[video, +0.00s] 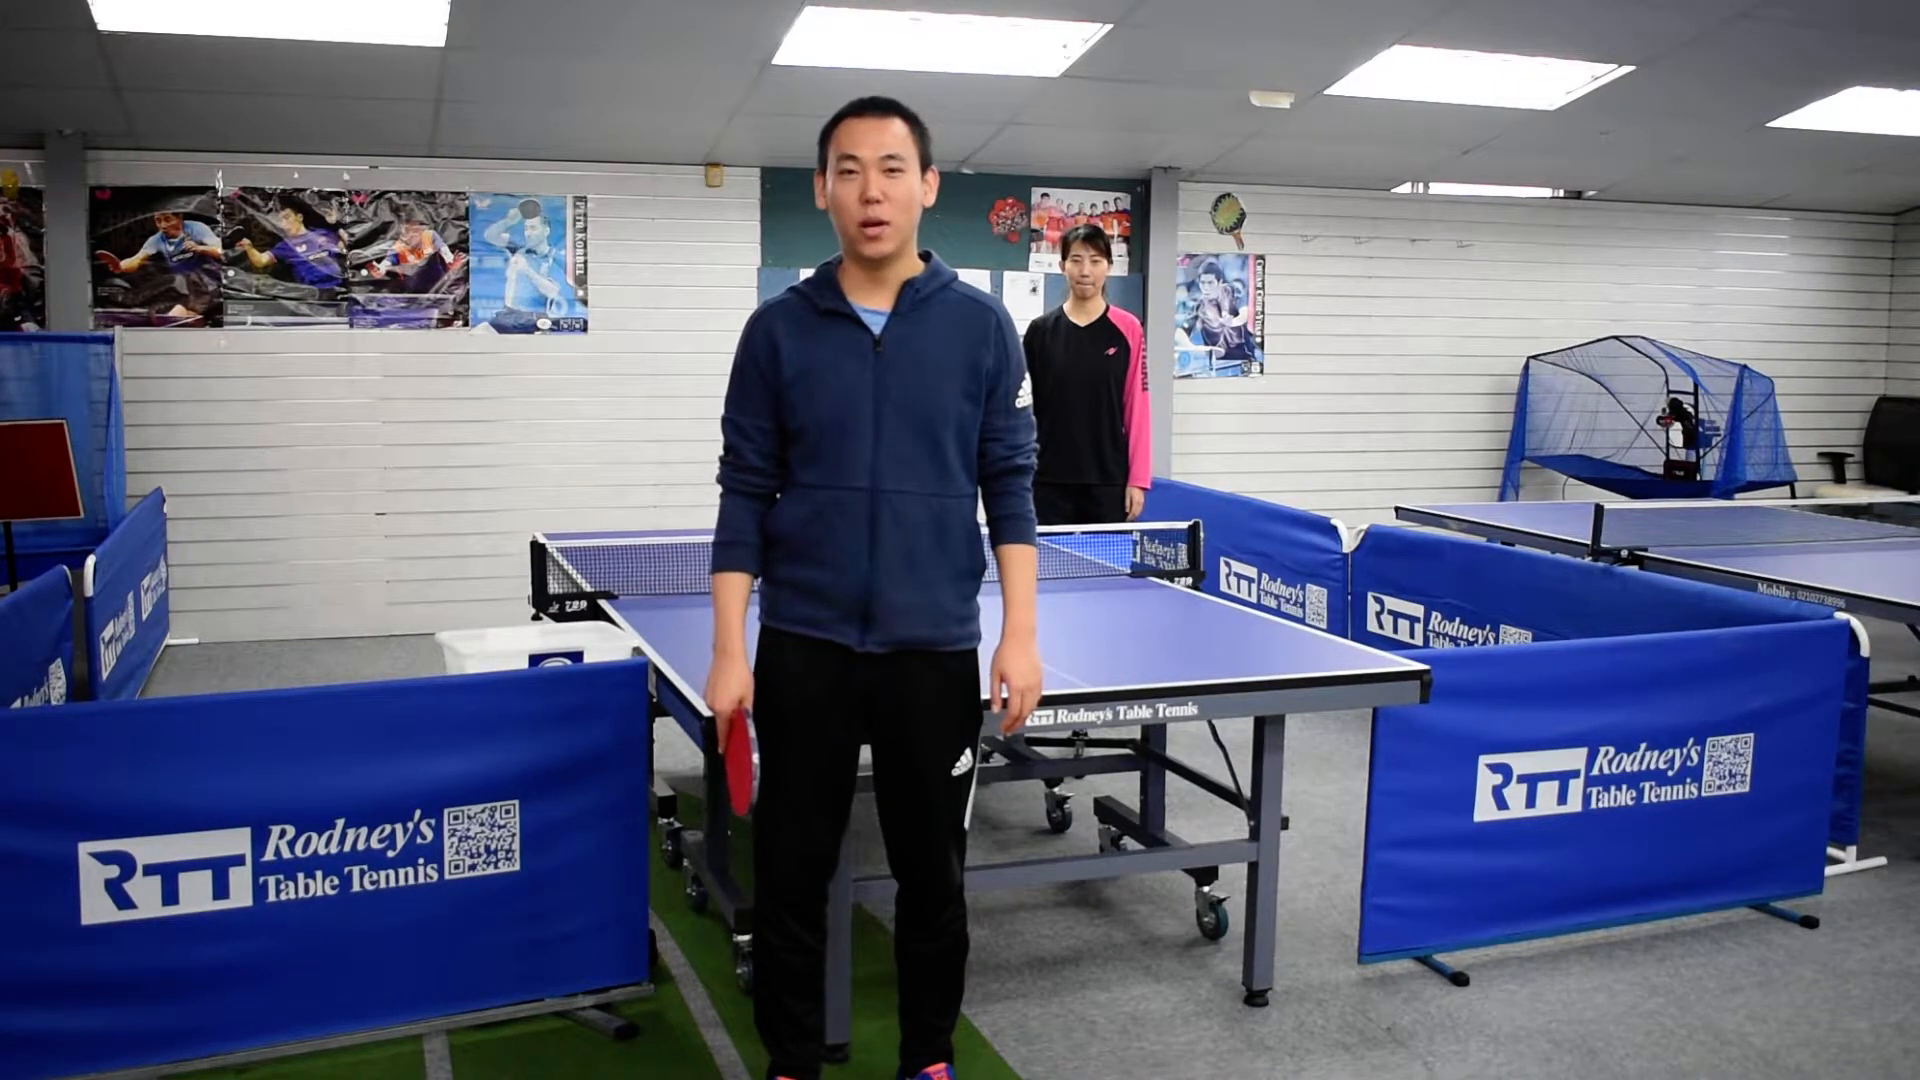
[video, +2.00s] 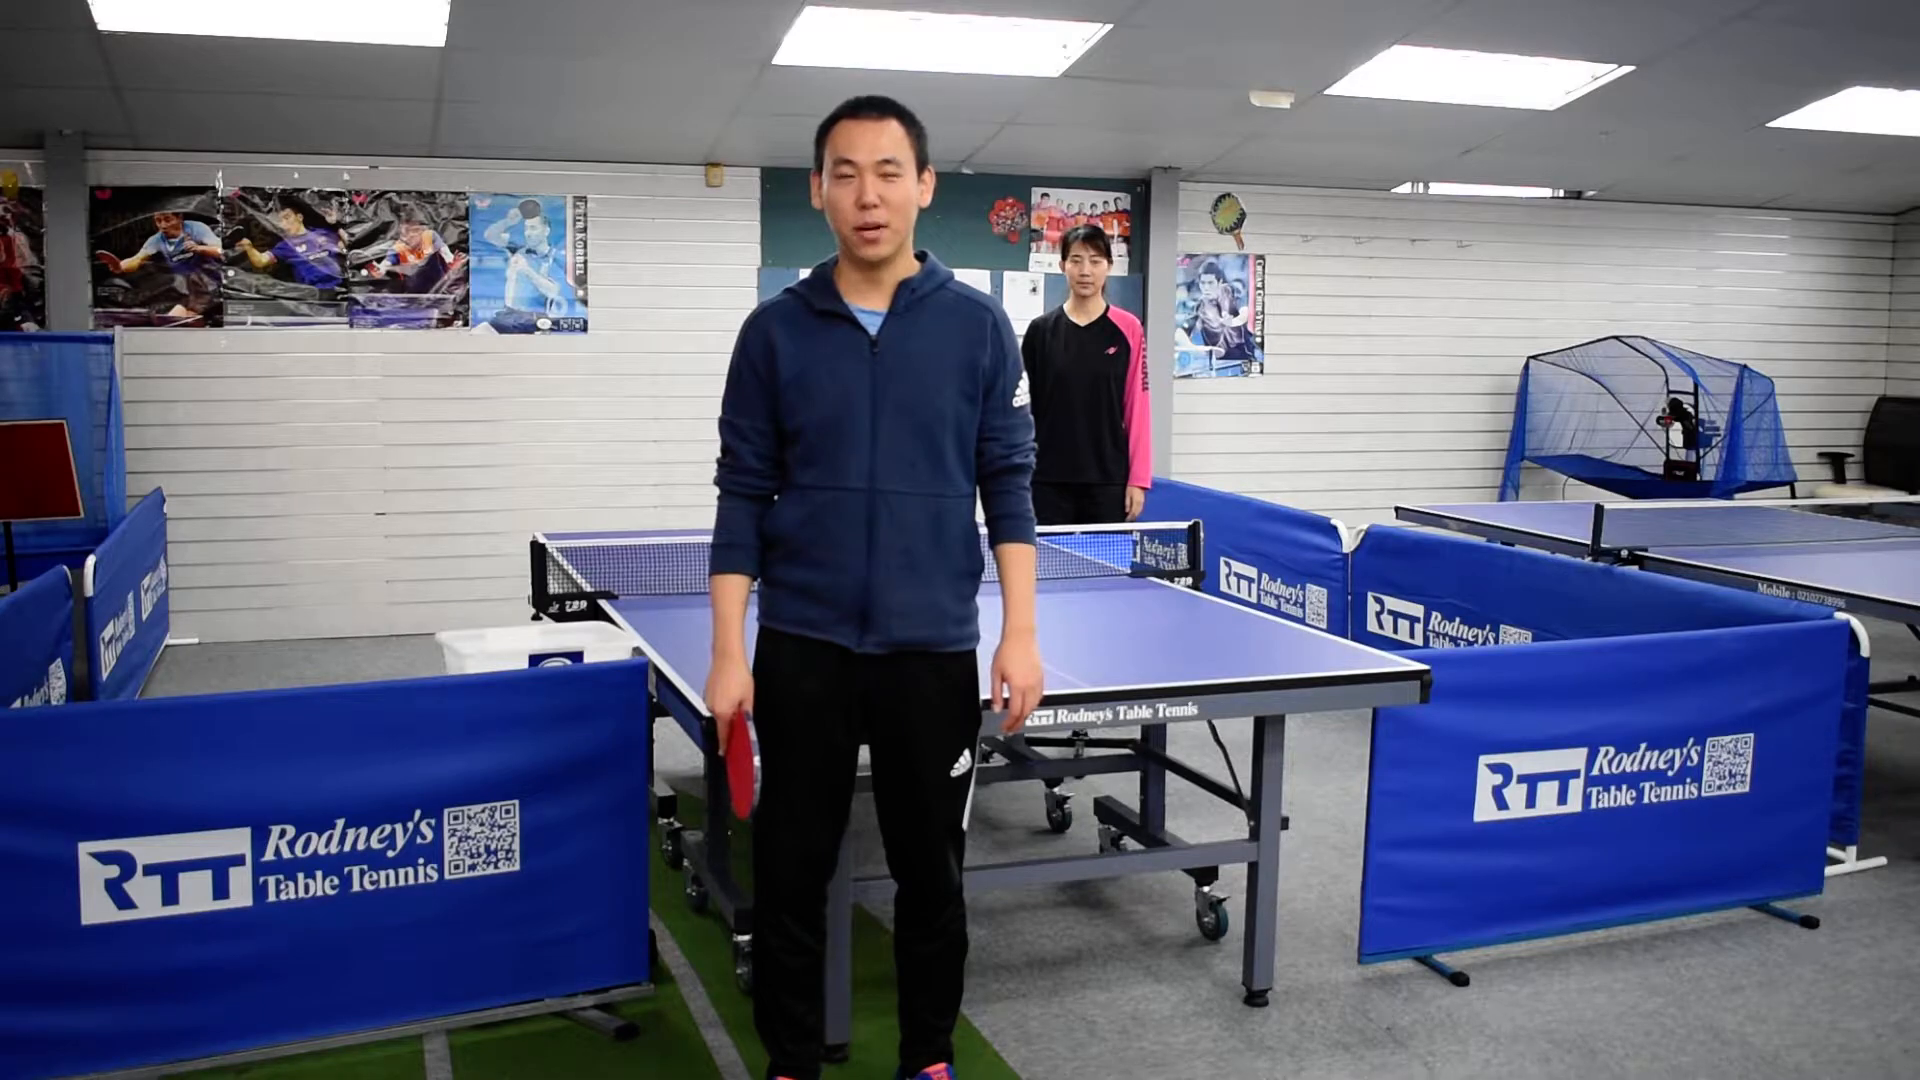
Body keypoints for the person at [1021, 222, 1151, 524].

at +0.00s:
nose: (1085, 271)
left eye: (1095, 262)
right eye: (1076, 261)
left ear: (1109, 268)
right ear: (1063, 266)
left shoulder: (1128, 329)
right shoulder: (1039, 331)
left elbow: (1137, 407)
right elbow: (1022, 405)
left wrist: (1138, 479)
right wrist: (1019, 479)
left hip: (1107, 483)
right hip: (1049, 482)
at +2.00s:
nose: (1085, 271)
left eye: (1095, 262)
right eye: (1076, 261)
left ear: (1109, 268)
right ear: (1063, 266)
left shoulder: (1128, 329)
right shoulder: (1040, 331)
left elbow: (1137, 407)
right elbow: (1022, 405)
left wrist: (1138, 478)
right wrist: (1019, 477)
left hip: (1107, 482)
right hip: (1049, 480)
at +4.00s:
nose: (1085, 271)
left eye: (1095, 262)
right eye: (1075, 261)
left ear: (1108, 268)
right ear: (1063, 266)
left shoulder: (1128, 329)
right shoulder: (1040, 331)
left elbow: (1137, 406)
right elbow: (1023, 404)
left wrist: (1138, 479)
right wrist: (1020, 476)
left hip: (1107, 482)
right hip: (1050, 480)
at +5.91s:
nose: (1085, 271)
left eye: (1096, 262)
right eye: (1076, 261)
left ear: (1109, 268)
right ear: (1064, 266)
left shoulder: (1128, 329)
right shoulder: (1040, 331)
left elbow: (1137, 407)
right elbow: (1023, 405)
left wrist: (1138, 478)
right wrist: (1021, 477)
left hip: (1107, 481)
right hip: (1050, 480)